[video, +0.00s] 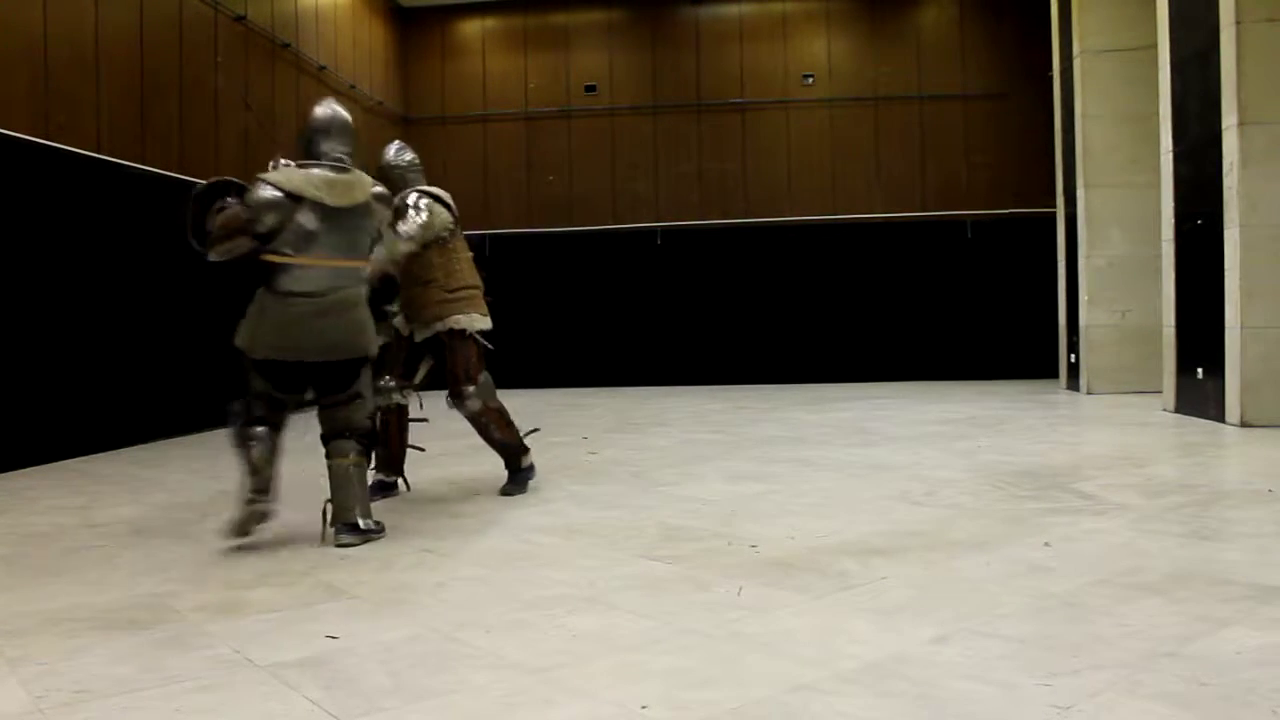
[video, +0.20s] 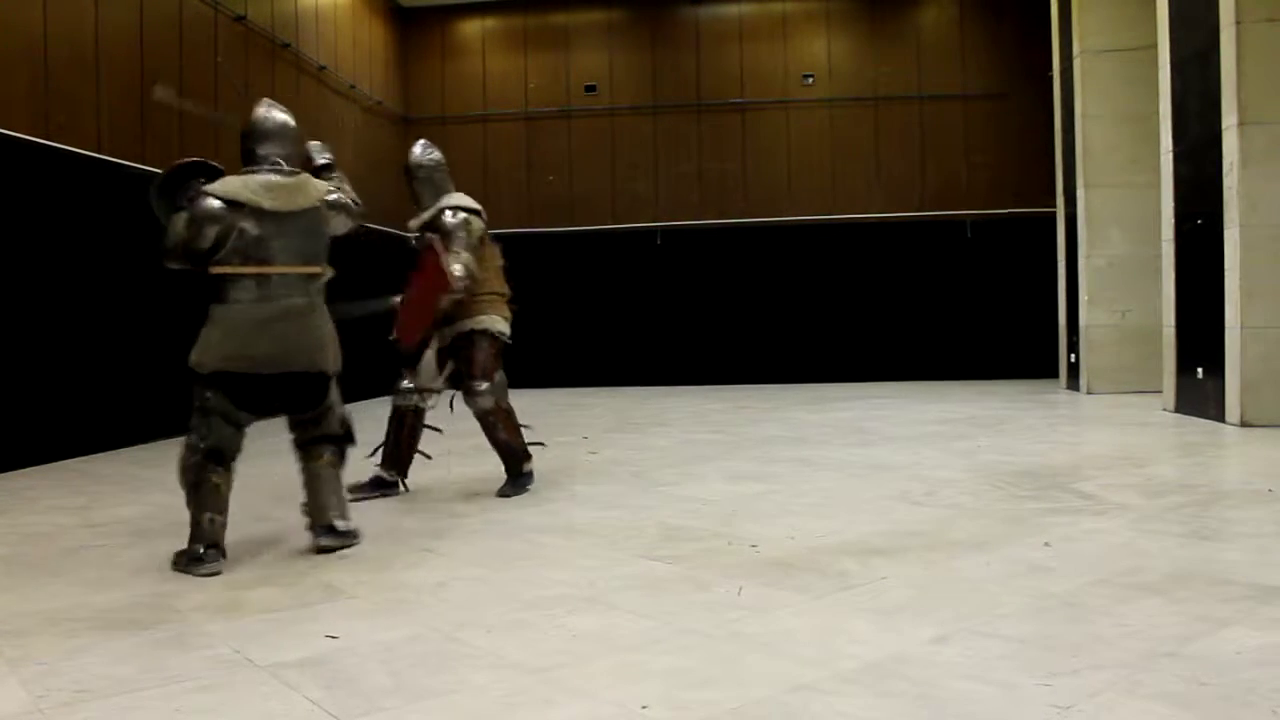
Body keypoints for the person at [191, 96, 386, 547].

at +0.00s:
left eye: (321, 136)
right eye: (339, 138)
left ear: (307, 139)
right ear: (350, 140)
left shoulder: (278, 189)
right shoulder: (373, 197)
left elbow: (231, 236)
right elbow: (382, 240)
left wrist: (223, 215)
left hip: (283, 319)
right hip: (346, 319)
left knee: (261, 406)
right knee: (346, 420)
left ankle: (259, 493)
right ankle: (350, 519)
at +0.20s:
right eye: (290, 144)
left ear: (247, 148)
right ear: (294, 149)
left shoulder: (218, 200)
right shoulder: (317, 201)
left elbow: (182, 246)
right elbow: (350, 211)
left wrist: (190, 204)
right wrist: (327, 168)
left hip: (236, 341)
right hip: (305, 342)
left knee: (213, 439)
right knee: (320, 426)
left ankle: (206, 545)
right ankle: (329, 524)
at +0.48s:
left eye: (239, 115)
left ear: (235, 118)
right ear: (287, 117)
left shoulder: (208, 176)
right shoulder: (319, 178)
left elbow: (156, 237)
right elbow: (370, 245)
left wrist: (165, 187)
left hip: (222, 327)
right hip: (295, 328)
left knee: (211, 432)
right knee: (302, 424)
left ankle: (204, 543)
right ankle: (312, 528)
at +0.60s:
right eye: (278, 112)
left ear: (237, 117)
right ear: (288, 116)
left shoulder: (204, 175)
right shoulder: (317, 180)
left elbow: (151, 245)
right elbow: (352, 251)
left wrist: (171, 212)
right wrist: (369, 304)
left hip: (221, 327)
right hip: (293, 328)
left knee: (213, 431)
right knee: (308, 423)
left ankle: (198, 545)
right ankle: (317, 530)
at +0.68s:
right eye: (285, 118)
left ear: (242, 121)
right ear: (293, 121)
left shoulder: (204, 179)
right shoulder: (316, 186)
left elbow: (157, 255)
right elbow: (356, 268)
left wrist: (201, 280)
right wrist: (370, 336)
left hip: (223, 330)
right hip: (294, 332)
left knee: (222, 440)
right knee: (324, 423)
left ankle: (209, 551)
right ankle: (330, 529)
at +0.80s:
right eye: (310, 123)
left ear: (266, 126)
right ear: (315, 125)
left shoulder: (227, 183)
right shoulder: (335, 187)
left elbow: (192, 265)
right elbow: (373, 266)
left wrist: (221, 308)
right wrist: (386, 338)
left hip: (242, 325)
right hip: (314, 326)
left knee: (237, 436)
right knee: (350, 424)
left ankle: (233, 551)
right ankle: (355, 530)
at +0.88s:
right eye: (334, 123)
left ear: (289, 126)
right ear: (337, 125)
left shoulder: (250, 183)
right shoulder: (353, 186)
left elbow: (223, 267)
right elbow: (392, 255)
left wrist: (262, 293)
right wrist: (406, 322)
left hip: (262, 329)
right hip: (334, 330)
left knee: (262, 435)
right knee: (369, 426)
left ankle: (254, 547)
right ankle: (372, 528)